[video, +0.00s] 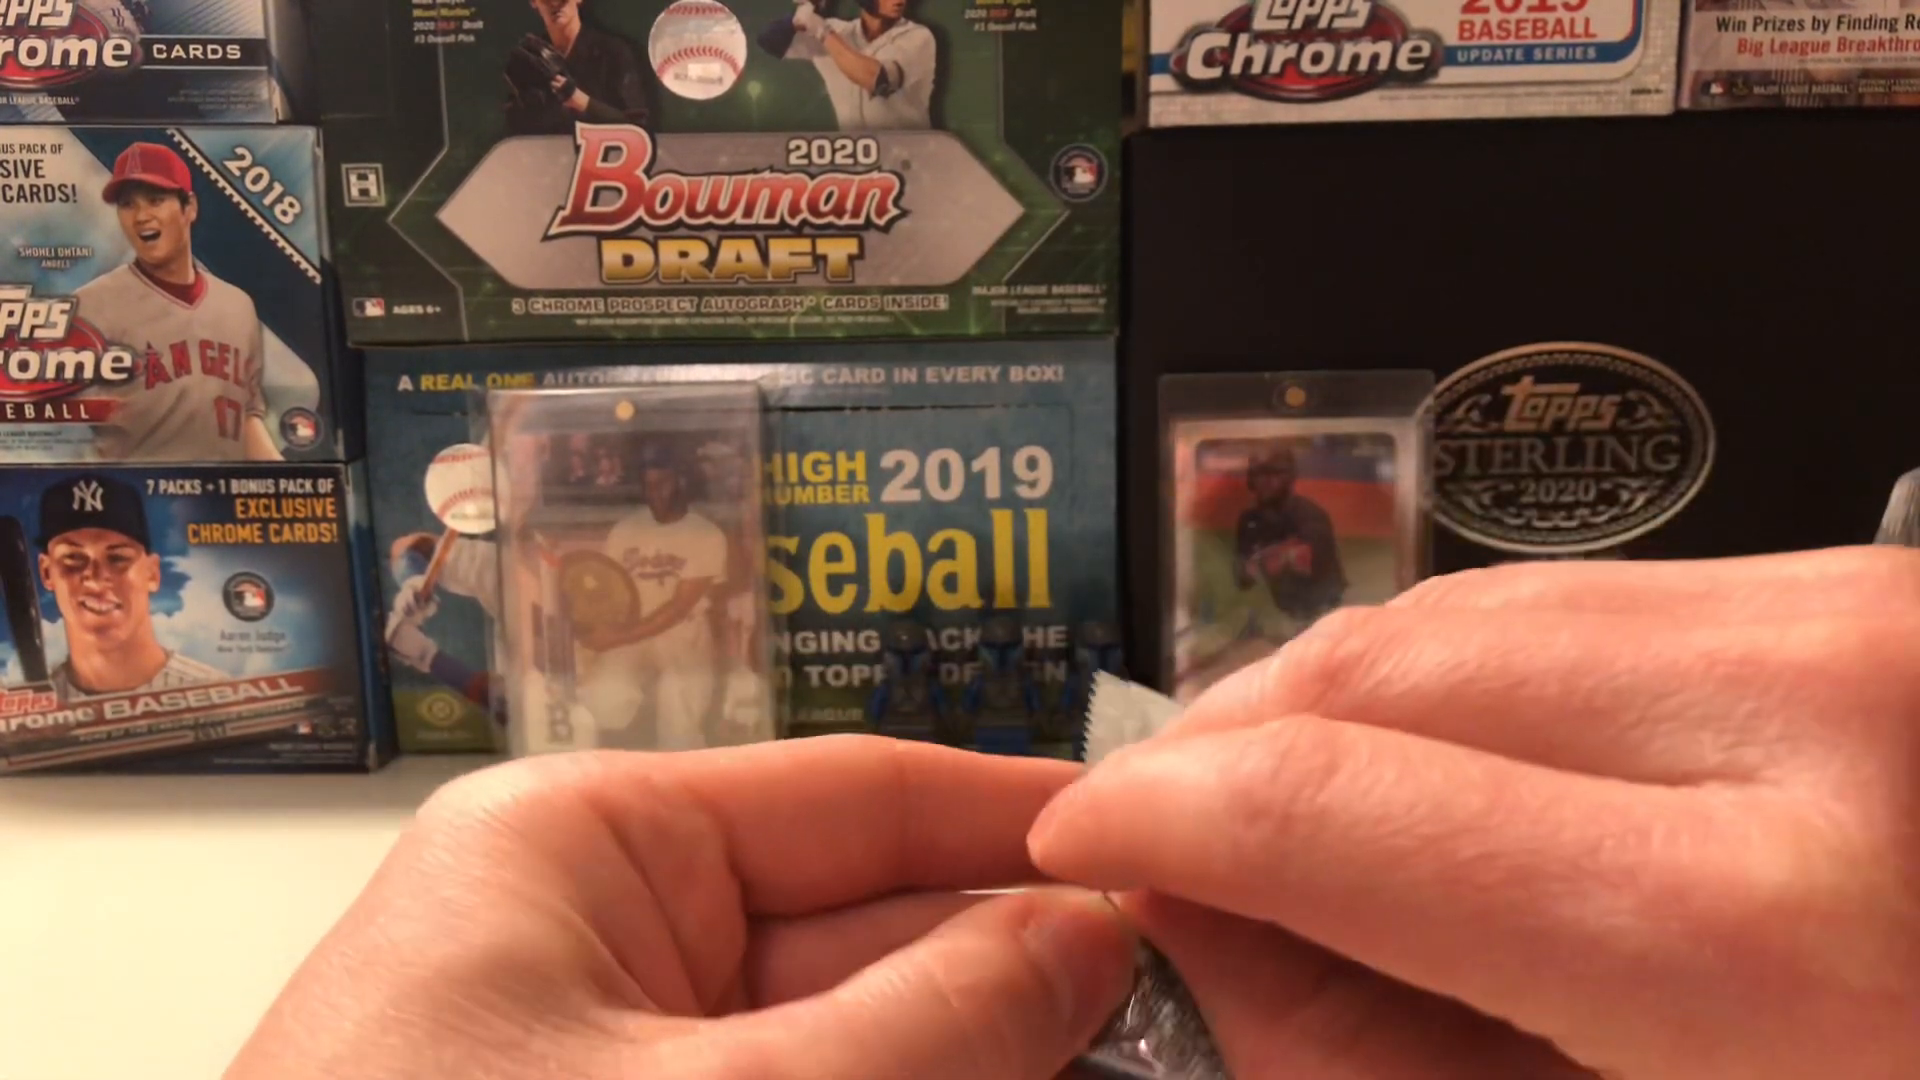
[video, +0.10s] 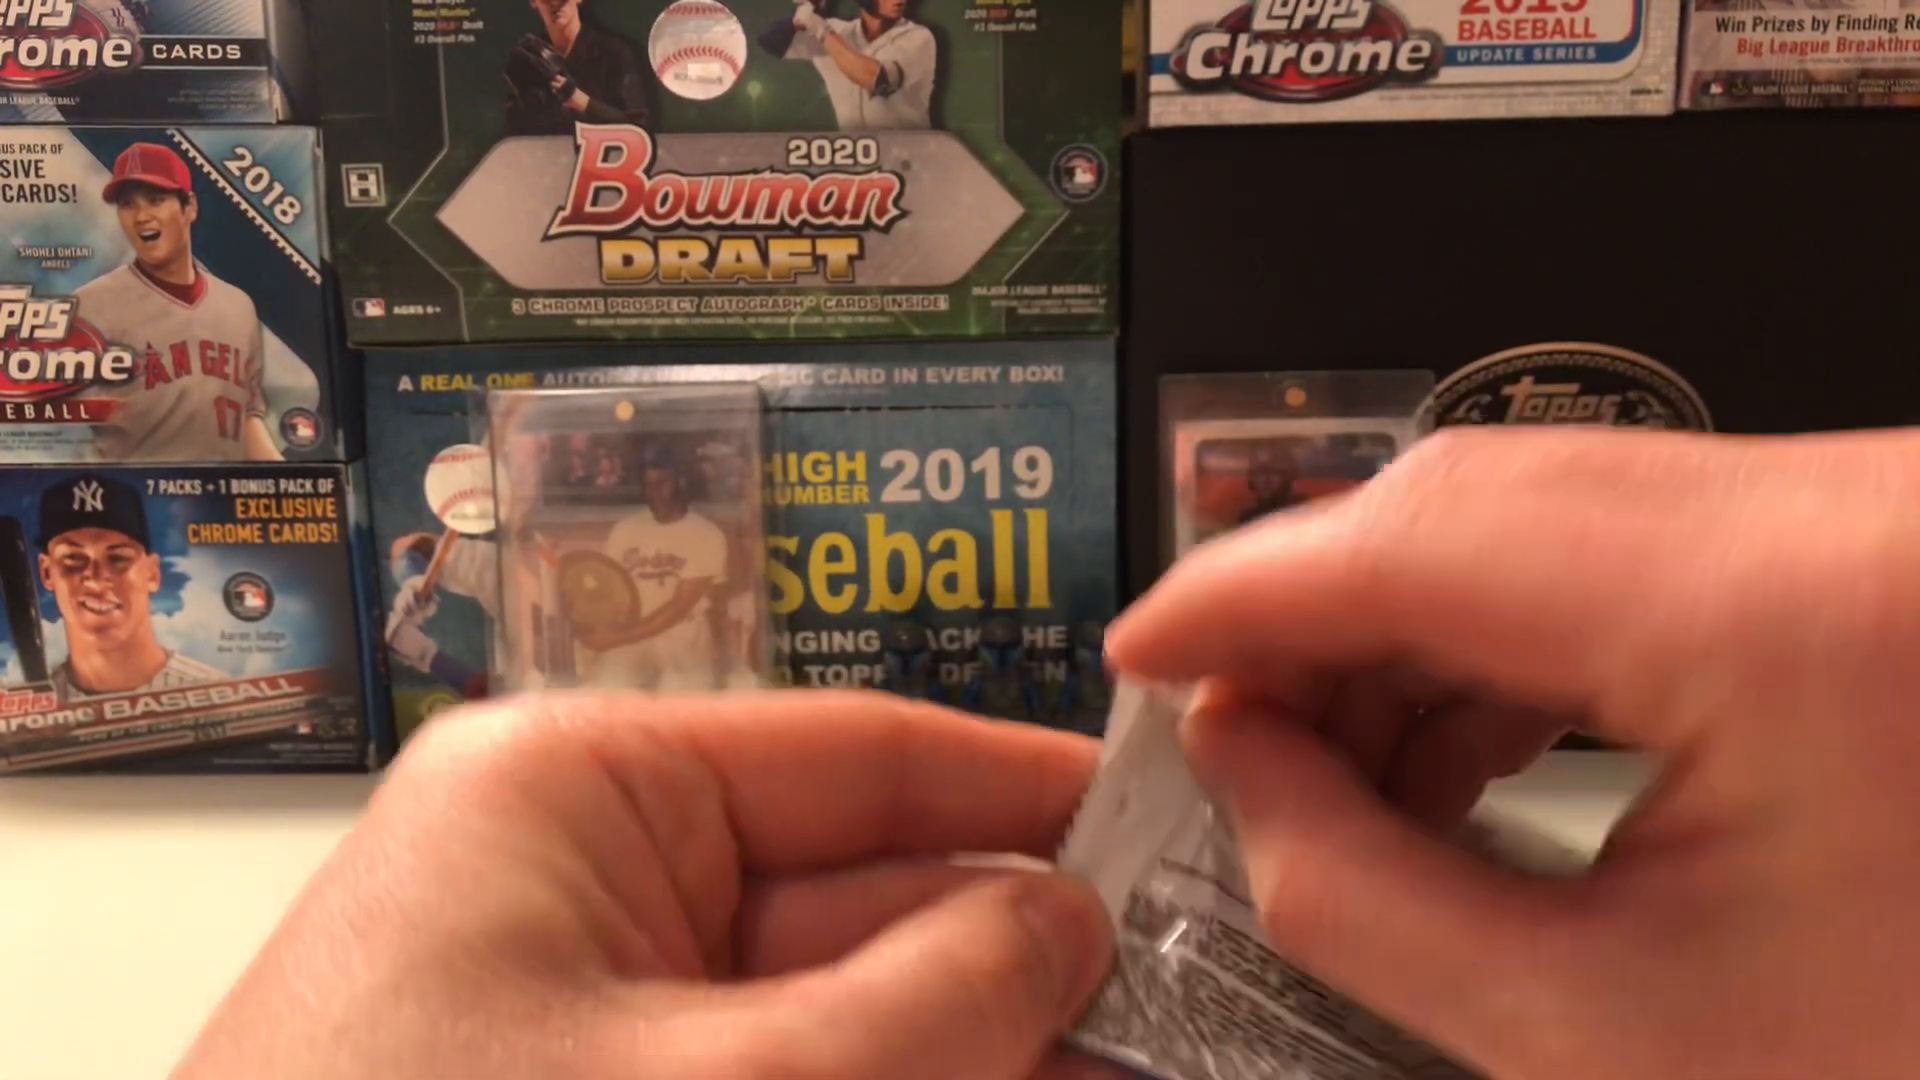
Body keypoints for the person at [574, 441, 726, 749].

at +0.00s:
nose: (654, 493)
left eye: (661, 484)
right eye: (648, 485)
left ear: (680, 483)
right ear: (642, 487)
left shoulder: (705, 535)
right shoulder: (625, 530)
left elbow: (680, 607)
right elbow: (604, 589)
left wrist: (618, 636)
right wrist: (593, 626)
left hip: (685, 647)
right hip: (628, 646)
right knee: (602, 704)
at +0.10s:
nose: (654, 493)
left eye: (661, 485)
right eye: (649, 486)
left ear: (681, 484)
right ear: (643, 488)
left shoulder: (707, 536)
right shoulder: (624, 531)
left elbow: (680, 607)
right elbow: (605, 590)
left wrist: (618, 637)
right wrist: (596, 629)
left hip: (683, 651)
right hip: (628, 650)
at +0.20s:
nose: (655, 494)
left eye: (662, 486)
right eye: (649, 486)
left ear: (682, 485)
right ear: (643, 489)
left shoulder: (706, 535)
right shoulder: (624, 530)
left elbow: (681, 606)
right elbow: (605, 589)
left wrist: (619, 636)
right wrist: (597, 628)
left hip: (683, 647)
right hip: (628, 646)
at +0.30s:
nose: (655, 496)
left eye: (662, 488)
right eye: (649, 488)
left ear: (681, 487)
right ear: (643, 491)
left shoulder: (707, 535)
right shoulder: (624, 531)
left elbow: (681, 606)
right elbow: (604, 590)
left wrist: (618, 636)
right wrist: (592, 627)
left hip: (682, 643)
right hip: (627, 644)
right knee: (604, 694)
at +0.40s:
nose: (653, 495)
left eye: (661, 487)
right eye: (648, 487)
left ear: (681, 487)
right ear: (643, 490)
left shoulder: (707, 536)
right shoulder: (626, 531)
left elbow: (681, 605)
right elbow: (604, 588)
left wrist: (619, 636)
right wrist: (592, 627)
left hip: (684, 648)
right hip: (630, 647)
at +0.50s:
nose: (653, 496)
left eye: (661, 487)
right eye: (648, 487)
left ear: (681, 486)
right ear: (643, 490)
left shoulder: (707, 536)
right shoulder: (625, 531)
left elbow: (681, 606)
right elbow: (603, 589)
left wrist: (620, 636)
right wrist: (594, 627)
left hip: (683, 641)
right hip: (628, 641)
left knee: (684, 698)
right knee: (603, 695)